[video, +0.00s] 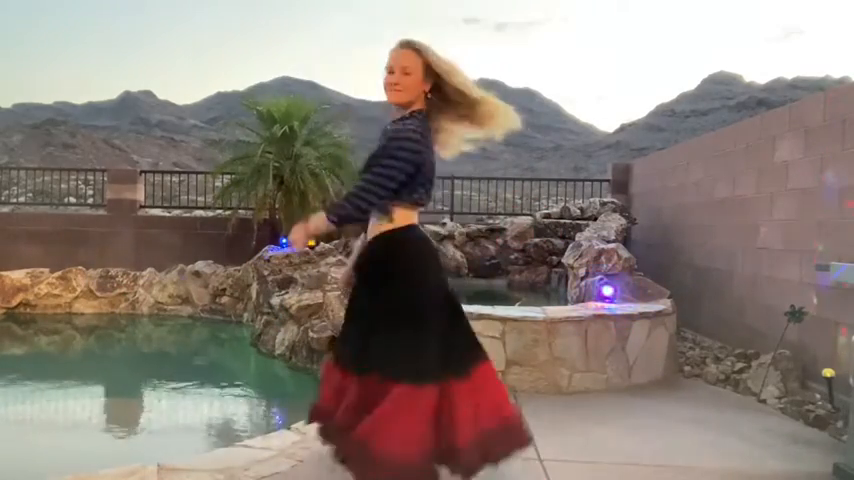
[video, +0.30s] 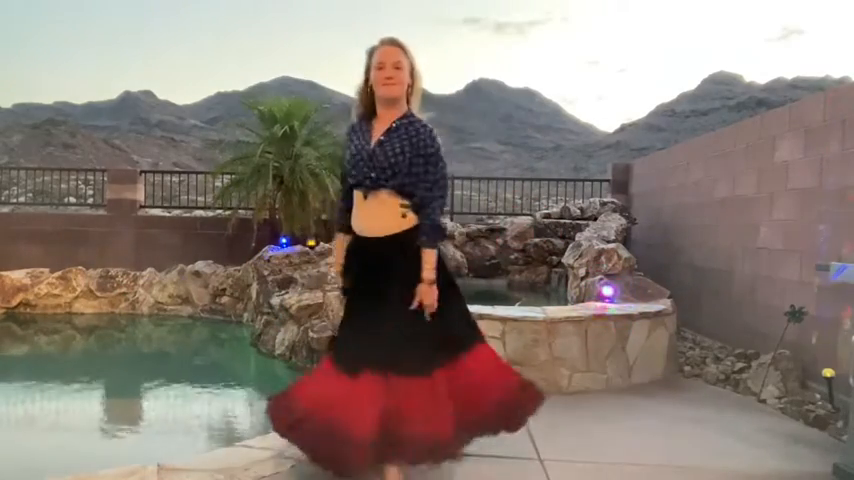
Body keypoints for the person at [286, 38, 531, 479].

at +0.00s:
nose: (392, 78)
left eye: (403, 73)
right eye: (390, 71)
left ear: (427, 85)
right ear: (387, 75)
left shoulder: (408, 131)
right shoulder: (407, 128)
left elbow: (369, 194)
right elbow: (385, 200)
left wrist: (315, 223)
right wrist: (360, 258)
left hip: (397, 255)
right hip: (402, 250)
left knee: (396, 364)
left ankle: (394, 460)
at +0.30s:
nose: (388, 73)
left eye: (397, 67)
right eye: (381, 67)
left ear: (411, 76)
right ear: (368, 76)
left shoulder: (419, 133)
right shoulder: (357, 132)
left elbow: (432, 205)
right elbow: (348, 192)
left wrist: (429, 276)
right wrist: (340, 245)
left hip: (407, 249)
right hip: (364, 251)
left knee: (399, 348)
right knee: (373, 348)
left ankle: (391, 458)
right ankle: (382, 451)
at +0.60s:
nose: (390, 86)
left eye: (399, 79)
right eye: (381, 80)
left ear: (412, 87)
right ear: (370, 90)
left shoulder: (430, 144)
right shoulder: (354, 142)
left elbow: (457, 201)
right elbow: (322, 196)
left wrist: (494, 252)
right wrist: (285, 247)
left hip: (417, 265)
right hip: (358, 266)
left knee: (421, 374)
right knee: (364, 371)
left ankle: (425, 463)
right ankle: (374, 458)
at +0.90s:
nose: (395, 80)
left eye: (400, 73)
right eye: (383, 76)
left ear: (411, 83)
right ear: (367, 91)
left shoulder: (398, 136)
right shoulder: (374, 138)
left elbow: (395, 213)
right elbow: (352, 215)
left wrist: (434, 236)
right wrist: (327, 288)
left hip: (407, 270)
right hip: (384, 276)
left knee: (404, 387)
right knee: (384, 392)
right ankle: (381, 468)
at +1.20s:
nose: (433, 86)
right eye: (429, 78)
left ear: (365, 79)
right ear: (422, 81)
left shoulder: (351, 130)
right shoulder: (437, 131)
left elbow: (300, 168)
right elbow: (480, 185)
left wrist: (253, 193)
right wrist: (532, 239)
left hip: (363, 238)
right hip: (415, 239)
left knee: (372, 349)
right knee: (430, 355)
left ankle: (375, 451)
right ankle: (431, 454)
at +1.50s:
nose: (377, 88)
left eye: (389, 81)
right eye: (380, 79)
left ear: (416, 93)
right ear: (413, 93)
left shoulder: (396, 136)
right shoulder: (426, 146)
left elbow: (365, 192)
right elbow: (459, 201)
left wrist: (317, 226)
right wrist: (500, 243)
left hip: (386, 264)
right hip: (416, 262)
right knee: (418, 378)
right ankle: (420, 463)